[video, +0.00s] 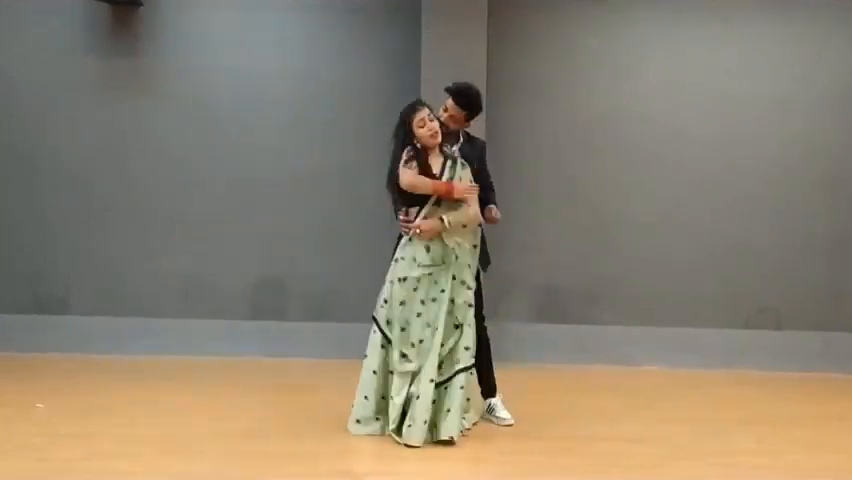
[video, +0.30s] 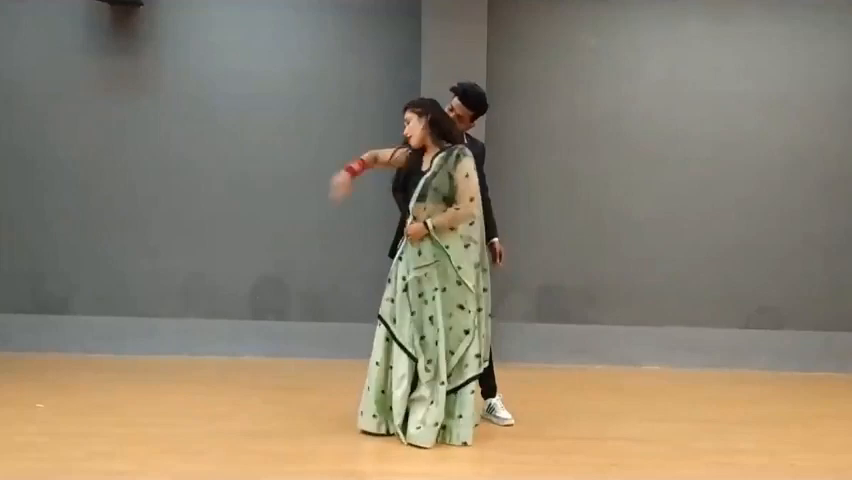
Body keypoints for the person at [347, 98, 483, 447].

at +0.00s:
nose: (430, 127)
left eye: (431, 120)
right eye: (421, 125)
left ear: (440, 122)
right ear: (412, 135)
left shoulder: (459, 166)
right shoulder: (410, 157)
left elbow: (474, 214)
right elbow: (407, 181)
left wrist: (439, 223)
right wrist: (451, 189)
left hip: (452, 266)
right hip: (415, 262)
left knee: (446, 340)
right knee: (406, 336)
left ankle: (441, 417)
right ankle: (403, 415)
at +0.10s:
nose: (423, 130)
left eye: (425, 122)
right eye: (415, 129)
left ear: (440, 122)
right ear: (413, 138)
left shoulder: (465, 167)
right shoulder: (412, 160)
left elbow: (478, 214)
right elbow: (375, 169)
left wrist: (439, 228)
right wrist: (420, 184)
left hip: (451, 267)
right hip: (414, 263)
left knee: (444, 340)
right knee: (407, 336)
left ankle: (439, 418)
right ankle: (402, 415)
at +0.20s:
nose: (409, 132)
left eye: (413, 124)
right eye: (407, 127)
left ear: (434, 122)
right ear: (415, 132)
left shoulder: (465, 162)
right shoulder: (414, 158)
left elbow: (479, 214)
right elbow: (369, 156)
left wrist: (436, 229)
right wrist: (382, 182)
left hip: (452, 267)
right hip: (415, 263)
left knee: (445, 341)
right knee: (405, 337)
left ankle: (436, 419)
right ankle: (399, 415)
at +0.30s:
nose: (404, 131)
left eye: (408, 123)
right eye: (404, 125)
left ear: (426, 121)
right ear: (420, 125)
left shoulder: (461, 158)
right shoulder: (420, 158)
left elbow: (469, 210)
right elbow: (379, 156)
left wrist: (428, 225)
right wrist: (354, 169)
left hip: (449, 266)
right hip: (416, 263)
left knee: (447, 339)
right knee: (407, 337)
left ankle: (441, 418)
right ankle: (401, 414)